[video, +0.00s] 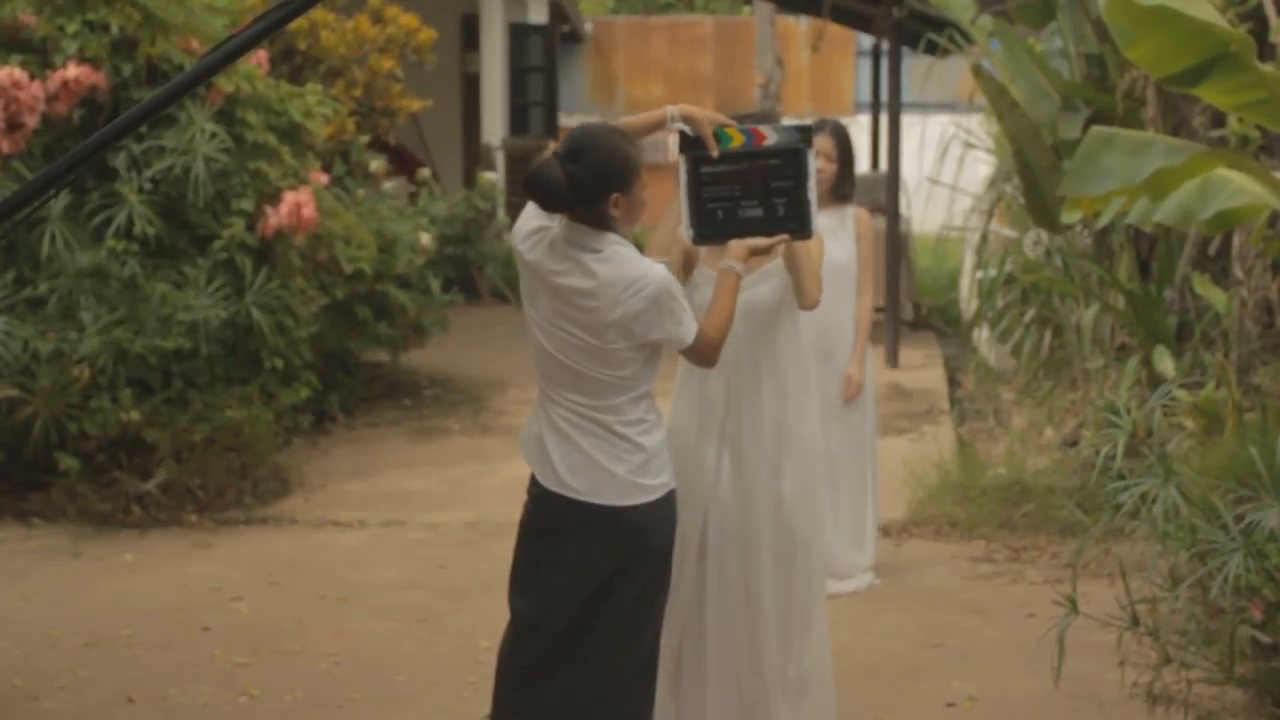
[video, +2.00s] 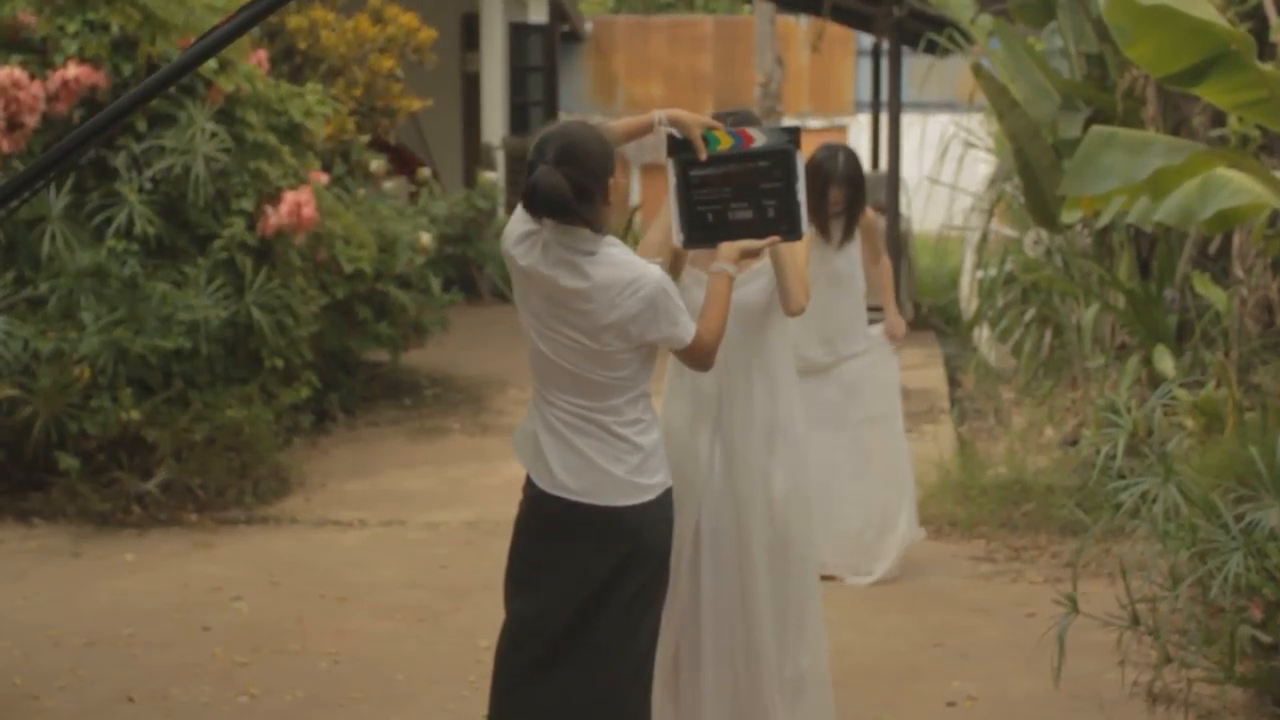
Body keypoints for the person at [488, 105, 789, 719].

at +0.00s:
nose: (648, 191)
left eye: (644, 178)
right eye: (642, 183)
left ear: (573, 191)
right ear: (616, 202)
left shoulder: (533, 240)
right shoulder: (642, 281)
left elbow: (573, 145)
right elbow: (704, 350)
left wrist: (669, 114)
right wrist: (732, 266)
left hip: (556, 486)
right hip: (634, 495)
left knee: (533, 649)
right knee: (621, 662)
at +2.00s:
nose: (627, 179)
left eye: (622, 169)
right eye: (621, 170)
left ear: (549, 181)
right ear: (608, 187)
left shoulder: (524, 245)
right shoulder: (637, 281)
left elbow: (554, 156)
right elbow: (700, 352)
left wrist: (655, 120)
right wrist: (723, 267)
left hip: (551, 490)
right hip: (631, 497)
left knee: (528, 653)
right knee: (618, 664)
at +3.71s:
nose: (631, 177)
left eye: (628, 166)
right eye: (625, 169)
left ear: (553, 181)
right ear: (607, 188)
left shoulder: (522, 242)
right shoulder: (638, 277)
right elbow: (702, 353)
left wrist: (640, 150)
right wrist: (733, 269)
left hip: (548, 488)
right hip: (626, 496)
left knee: (526, 655)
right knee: (616, 666)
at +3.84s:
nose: (632, 180)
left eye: (631, 168)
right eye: (625, 171)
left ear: (552, 179)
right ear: (602, 190)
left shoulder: (516, 242)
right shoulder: (631, 274)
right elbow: (698, 351)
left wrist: (654, 187)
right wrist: (726, 266)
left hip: (545, 488)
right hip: (623, 495)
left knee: (530, 662)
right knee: (615, 668)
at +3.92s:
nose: (632, 180)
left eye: (633, 168)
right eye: (624, 171)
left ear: (553, 181)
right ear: (591, 187)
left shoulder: (510, 237)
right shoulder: (621, 270)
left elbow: (557, 198)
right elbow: (688, 355)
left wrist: (631, 156)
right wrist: (722, 274)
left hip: (541, 485)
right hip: (618, 492)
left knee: (535, 660)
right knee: (616, 663)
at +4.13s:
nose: (622, 203)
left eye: (623, 187)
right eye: (609, 190)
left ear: (555, 192)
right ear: (559, 195)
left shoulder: (510, 230)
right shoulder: (584, 266)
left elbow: (598, 246)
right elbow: (648, 379)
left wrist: (636, 209)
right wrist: (704, 307)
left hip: (514, 477)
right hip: (573, 487)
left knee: (548, 652)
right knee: (616, 661)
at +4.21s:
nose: (618, 205)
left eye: (621, 189)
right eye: (603, 192)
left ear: (549, 198)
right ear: (553, 196)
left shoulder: (520, 236)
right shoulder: (571, 264)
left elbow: (559, 320)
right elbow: (619, 392)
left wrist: (627, 270)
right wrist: (691, 331)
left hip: (508, 478)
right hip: (551, 488)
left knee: (540, 664)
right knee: (589, 666)